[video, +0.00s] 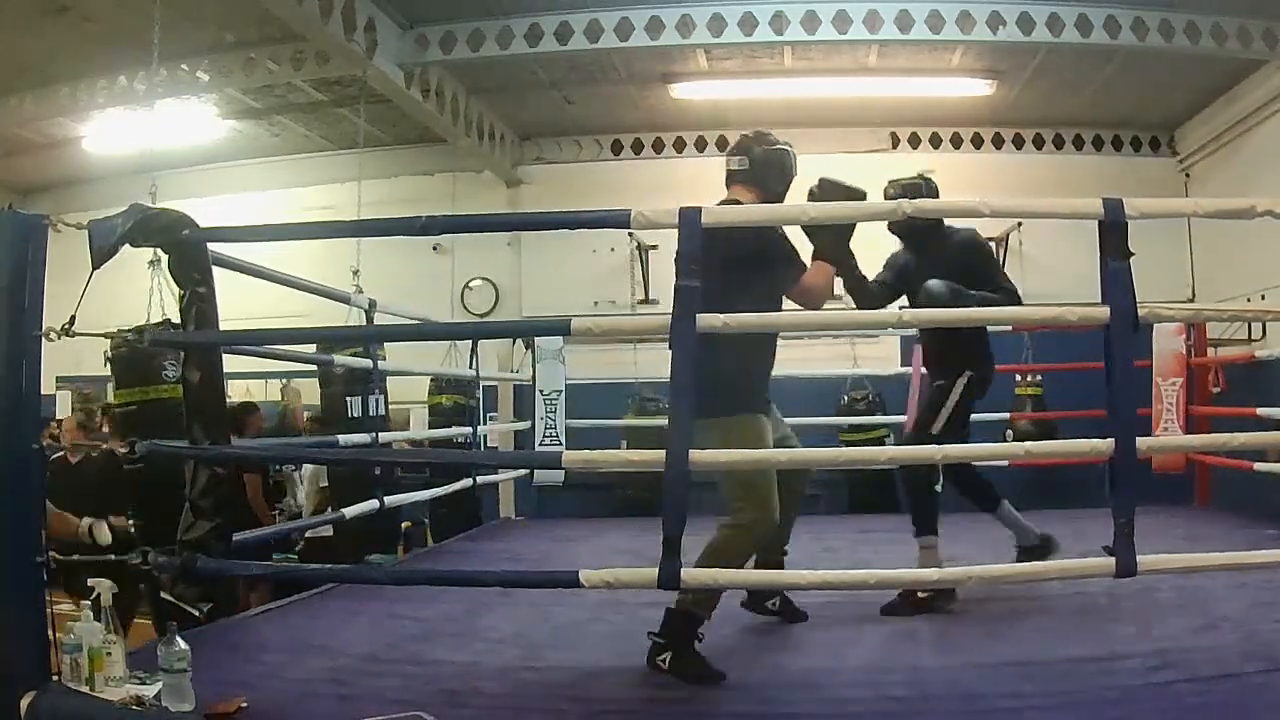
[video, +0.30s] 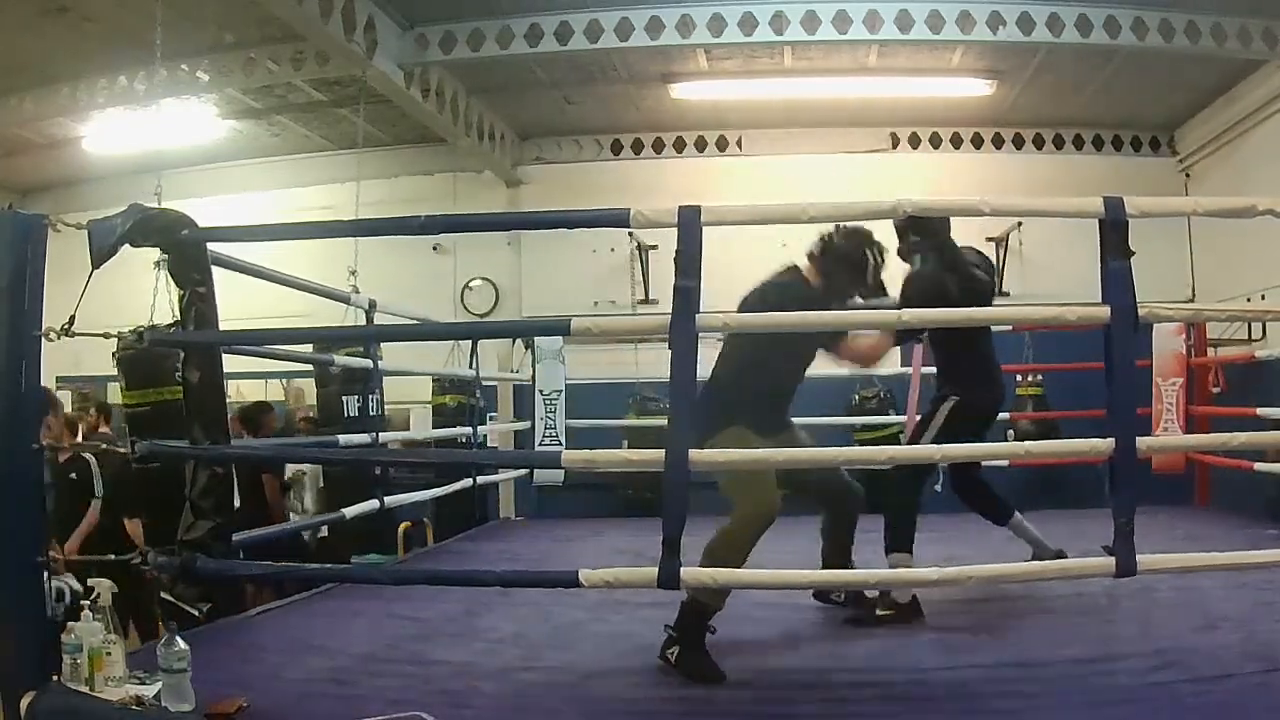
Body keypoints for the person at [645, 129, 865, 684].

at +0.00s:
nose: (789, 189)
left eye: (788, 179)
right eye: (787, 178)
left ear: (735, 172)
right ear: (775, 177)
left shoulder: (712, 223)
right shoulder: (756, 228)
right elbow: (813, 294)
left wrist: (825, 246)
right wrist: (831, 238)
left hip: (734, 396)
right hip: (731, 401)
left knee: (794, 468)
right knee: (754, 516)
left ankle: (762, 586)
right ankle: (675, 636)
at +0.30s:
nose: (850, 296)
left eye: (855, 288)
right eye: (850, 286)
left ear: (821, 262)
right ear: (834, 273)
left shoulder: (814, 304)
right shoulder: (787, 295)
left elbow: (862, 353)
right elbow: (859, 352)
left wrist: (897, 320)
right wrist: (898, 312)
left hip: (772, 426)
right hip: (725, 424)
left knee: (844, 495)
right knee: (759, 507)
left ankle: (834, 582)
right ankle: (685, 636)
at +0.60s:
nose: (844, 272)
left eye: (848, 262)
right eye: (843, 262)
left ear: (812, 243)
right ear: (824, 253)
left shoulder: (799, 281)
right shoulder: (775, 288)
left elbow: (826, 319)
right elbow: (813, 375)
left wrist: (867, 306)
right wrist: (870, 328)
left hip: (773, 414)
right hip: (727, 415)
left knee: (821, 494)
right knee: (749, 509)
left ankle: (835, 579)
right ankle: (682, 639)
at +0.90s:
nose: (804, 186)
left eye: (801, 176)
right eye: (801, 176)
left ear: (749, 168)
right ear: (790, 174)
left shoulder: (730, 217)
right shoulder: (759, 223)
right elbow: (831, 279)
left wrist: (840, 225)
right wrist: (849, 210)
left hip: (741, 400)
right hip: (730, 403)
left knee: (787, 491)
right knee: (730, 526)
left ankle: (762, 608)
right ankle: (670, 667)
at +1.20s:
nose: (788, 196)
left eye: (787, 186)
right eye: (786, 185)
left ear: (736, 177)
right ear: (773, 182)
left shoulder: (725, 227)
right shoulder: (742, 227)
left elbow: (775, 298)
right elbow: (789, 302)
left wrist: (808, 266)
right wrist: (821, 267)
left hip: (746, 403)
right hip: (720, 405)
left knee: (785, 500)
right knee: (713, 528)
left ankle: (785, 601)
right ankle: (670, 663)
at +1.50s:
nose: (770, 208)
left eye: (771, 199)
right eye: (765, 198)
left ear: (729, 192)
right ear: (745, 195)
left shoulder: (736, 241)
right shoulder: (717, 238)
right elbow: (799, 275)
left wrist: (825, 239)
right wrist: (831, 232)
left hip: (760, 401)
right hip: (715, 407)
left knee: (818, 476)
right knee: (697, 517)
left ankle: (809, 574)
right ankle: (620, 614)